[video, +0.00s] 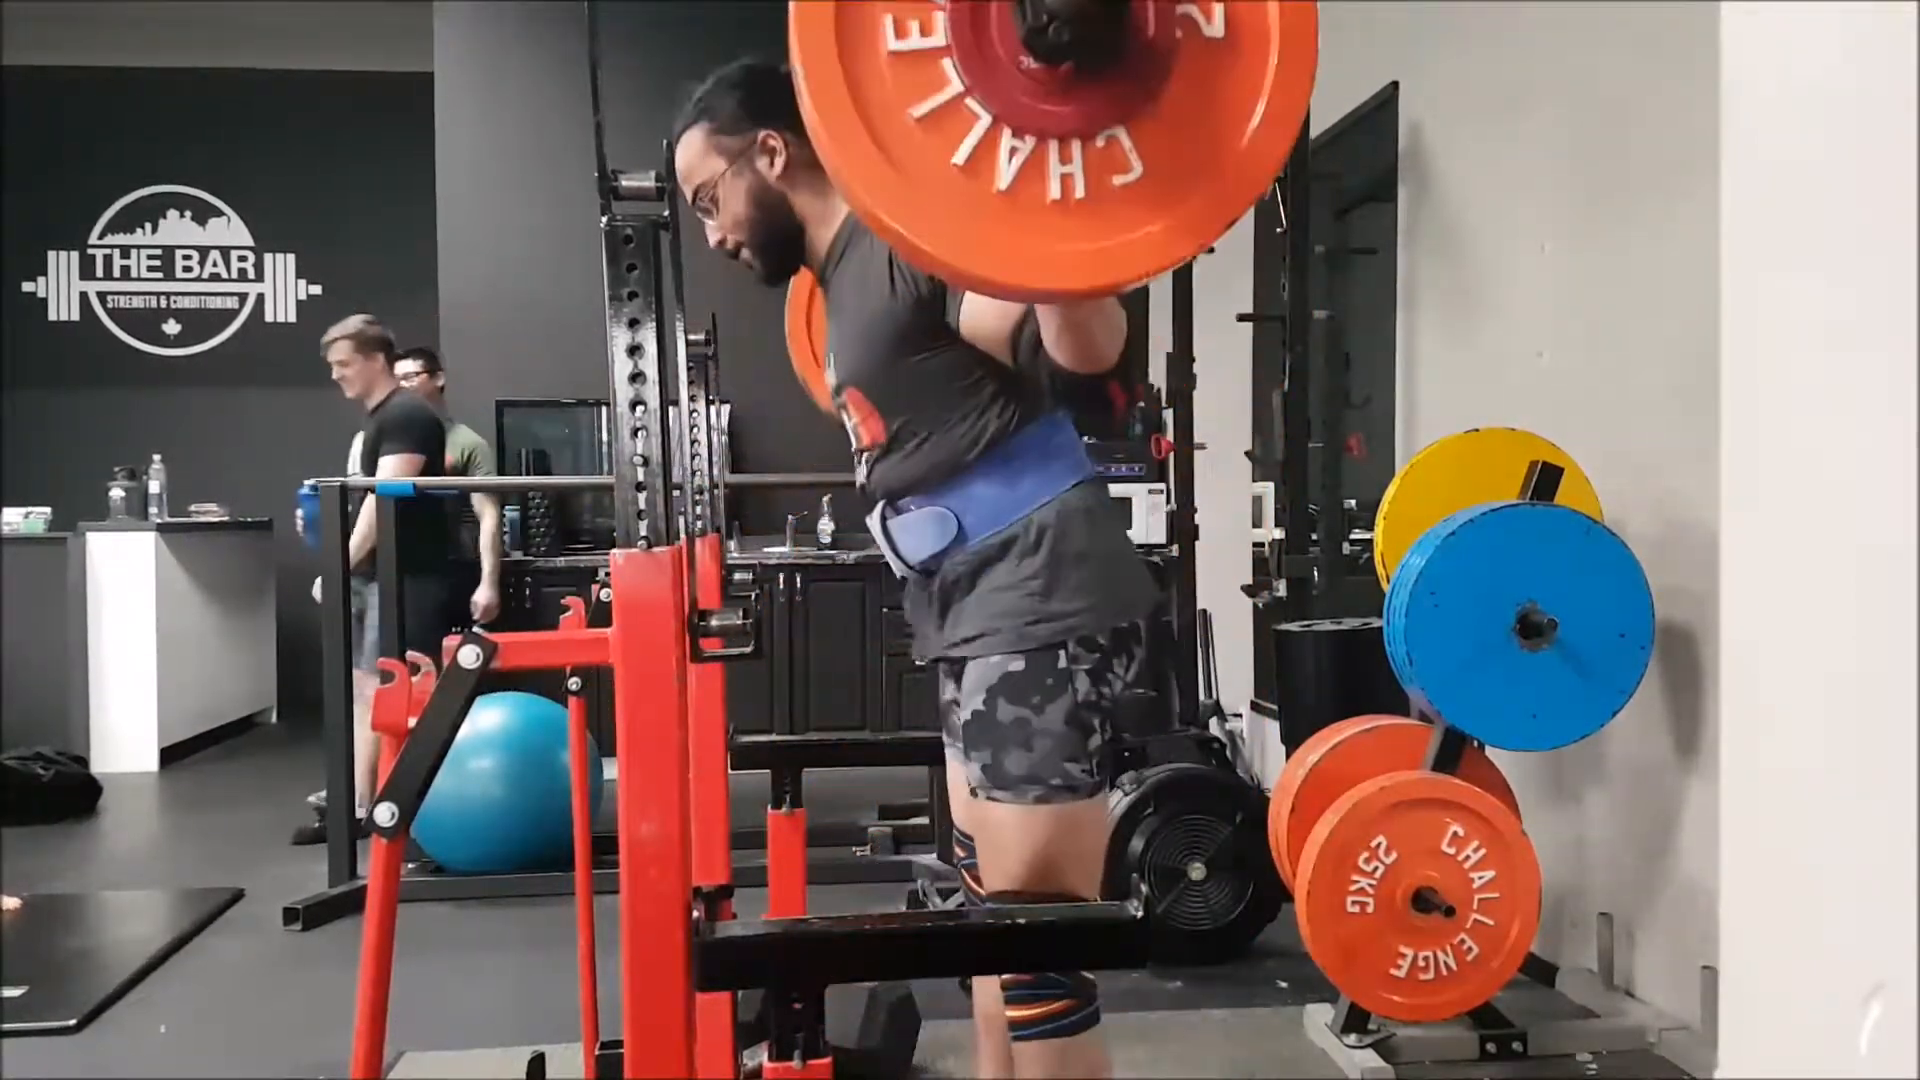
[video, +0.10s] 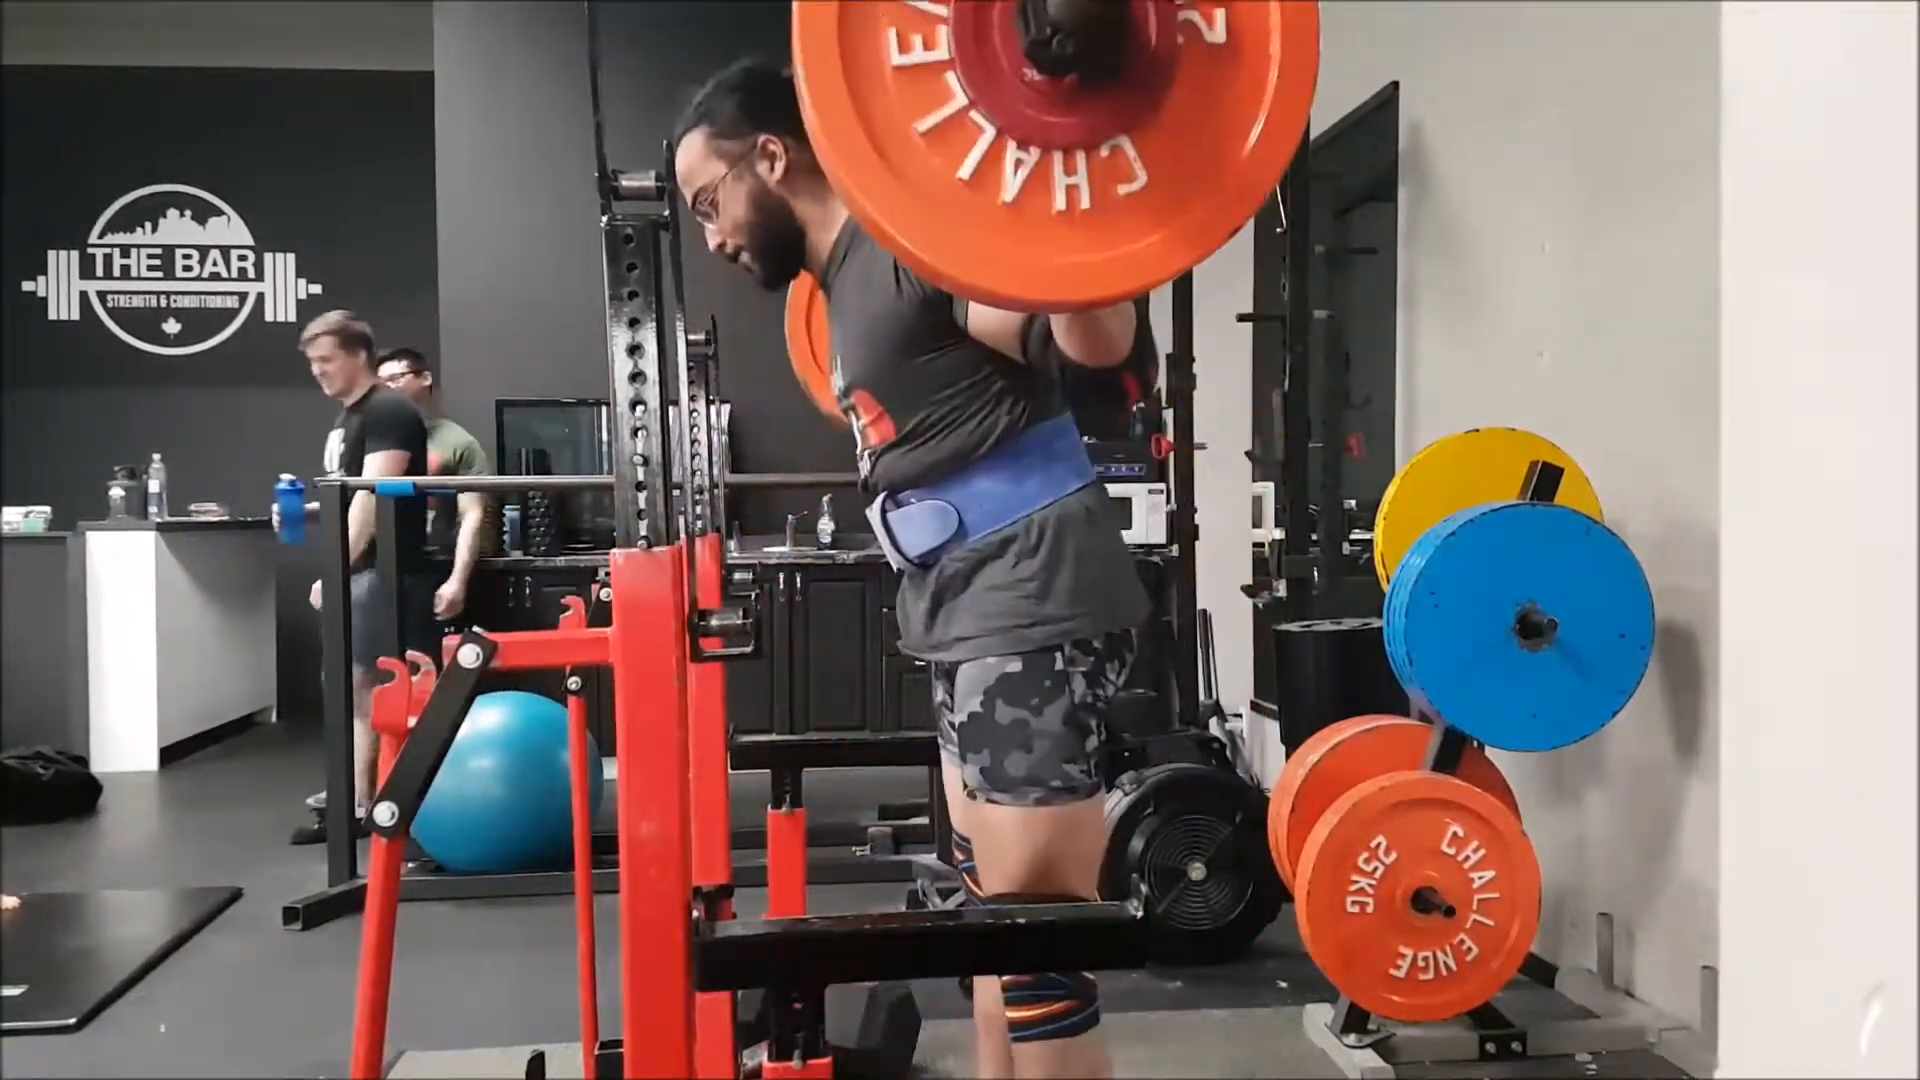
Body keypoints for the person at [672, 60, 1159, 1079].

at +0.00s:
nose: (711, 234)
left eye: (709, 198)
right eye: (696, 212)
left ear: (772, 153)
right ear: (769, 164)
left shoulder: (908, 230)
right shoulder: (833, 285)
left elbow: (1090, 348)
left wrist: (1074, 192)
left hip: (1044, 584)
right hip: (966, 598)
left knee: (1037, 933)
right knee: (984, 918)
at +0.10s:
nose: (710, 237)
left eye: (710, 201)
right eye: (696, 214)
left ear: (774, 158)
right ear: (769, 167)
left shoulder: (909, 230)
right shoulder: (839, 286)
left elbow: (1099, 338)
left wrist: (1101, 162)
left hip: (1037, 592)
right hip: (962, 603)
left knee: (1036, 935)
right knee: (989, 925)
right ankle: (998, 1079)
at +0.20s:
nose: (708, 239)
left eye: (708, 203)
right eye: (695, 215)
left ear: (774, 160)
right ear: (770, 168)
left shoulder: (912, 234)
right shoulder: (836, 291)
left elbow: (1098, 343)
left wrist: (1096, 160)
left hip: (1036, 589)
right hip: (959, 603)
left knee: (1036, 934)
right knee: (992, 924)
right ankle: (999, 1079)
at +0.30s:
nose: (711, 241)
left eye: (711, 204)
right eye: (697, 217)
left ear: (775, 159)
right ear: (772, 168)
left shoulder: (912, 231)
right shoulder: (843, 285)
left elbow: (1098, 342)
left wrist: (1100, 161)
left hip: (1035, 592)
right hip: (962, 606)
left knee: (1035, 941)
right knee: (996, 932)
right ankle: (1001, 1079)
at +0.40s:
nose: (714, 242)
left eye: (713, 206)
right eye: (700, 219)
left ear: (776, 161)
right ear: (773, 169)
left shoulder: (915, 232)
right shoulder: (846, 285)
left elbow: (1099, 342)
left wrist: (1095, 161)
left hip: (1035, 592)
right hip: (964, 605)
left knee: (1034, 941)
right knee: (995, 933)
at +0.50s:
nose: (715, 242)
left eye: (714, 207)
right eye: (701, 219)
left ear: (776, 162)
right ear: (774, 170)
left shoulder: (907, 240)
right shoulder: (844, 286)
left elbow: (1095, 346)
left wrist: (1098, 173)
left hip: (1037, 581)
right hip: (966, 597)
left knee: (1033, 933)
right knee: (990, 923)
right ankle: (1001, 1079)